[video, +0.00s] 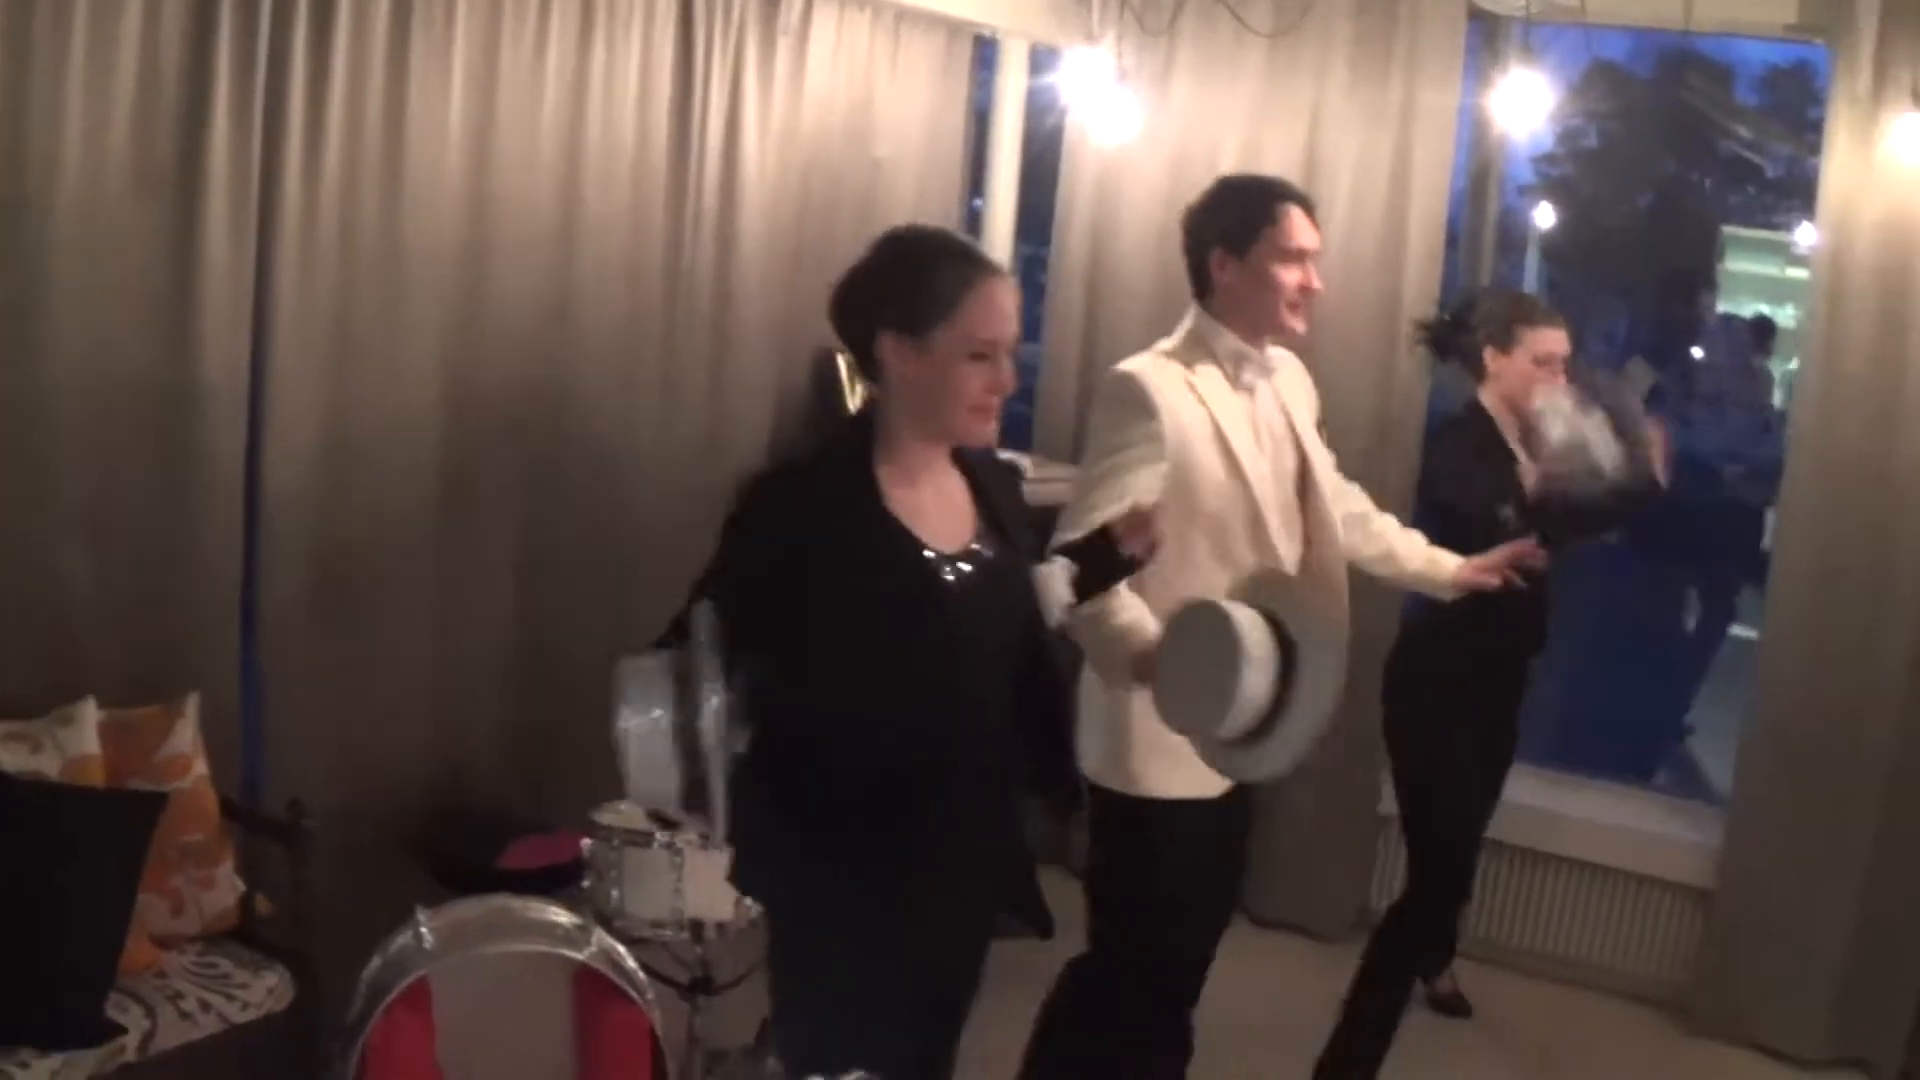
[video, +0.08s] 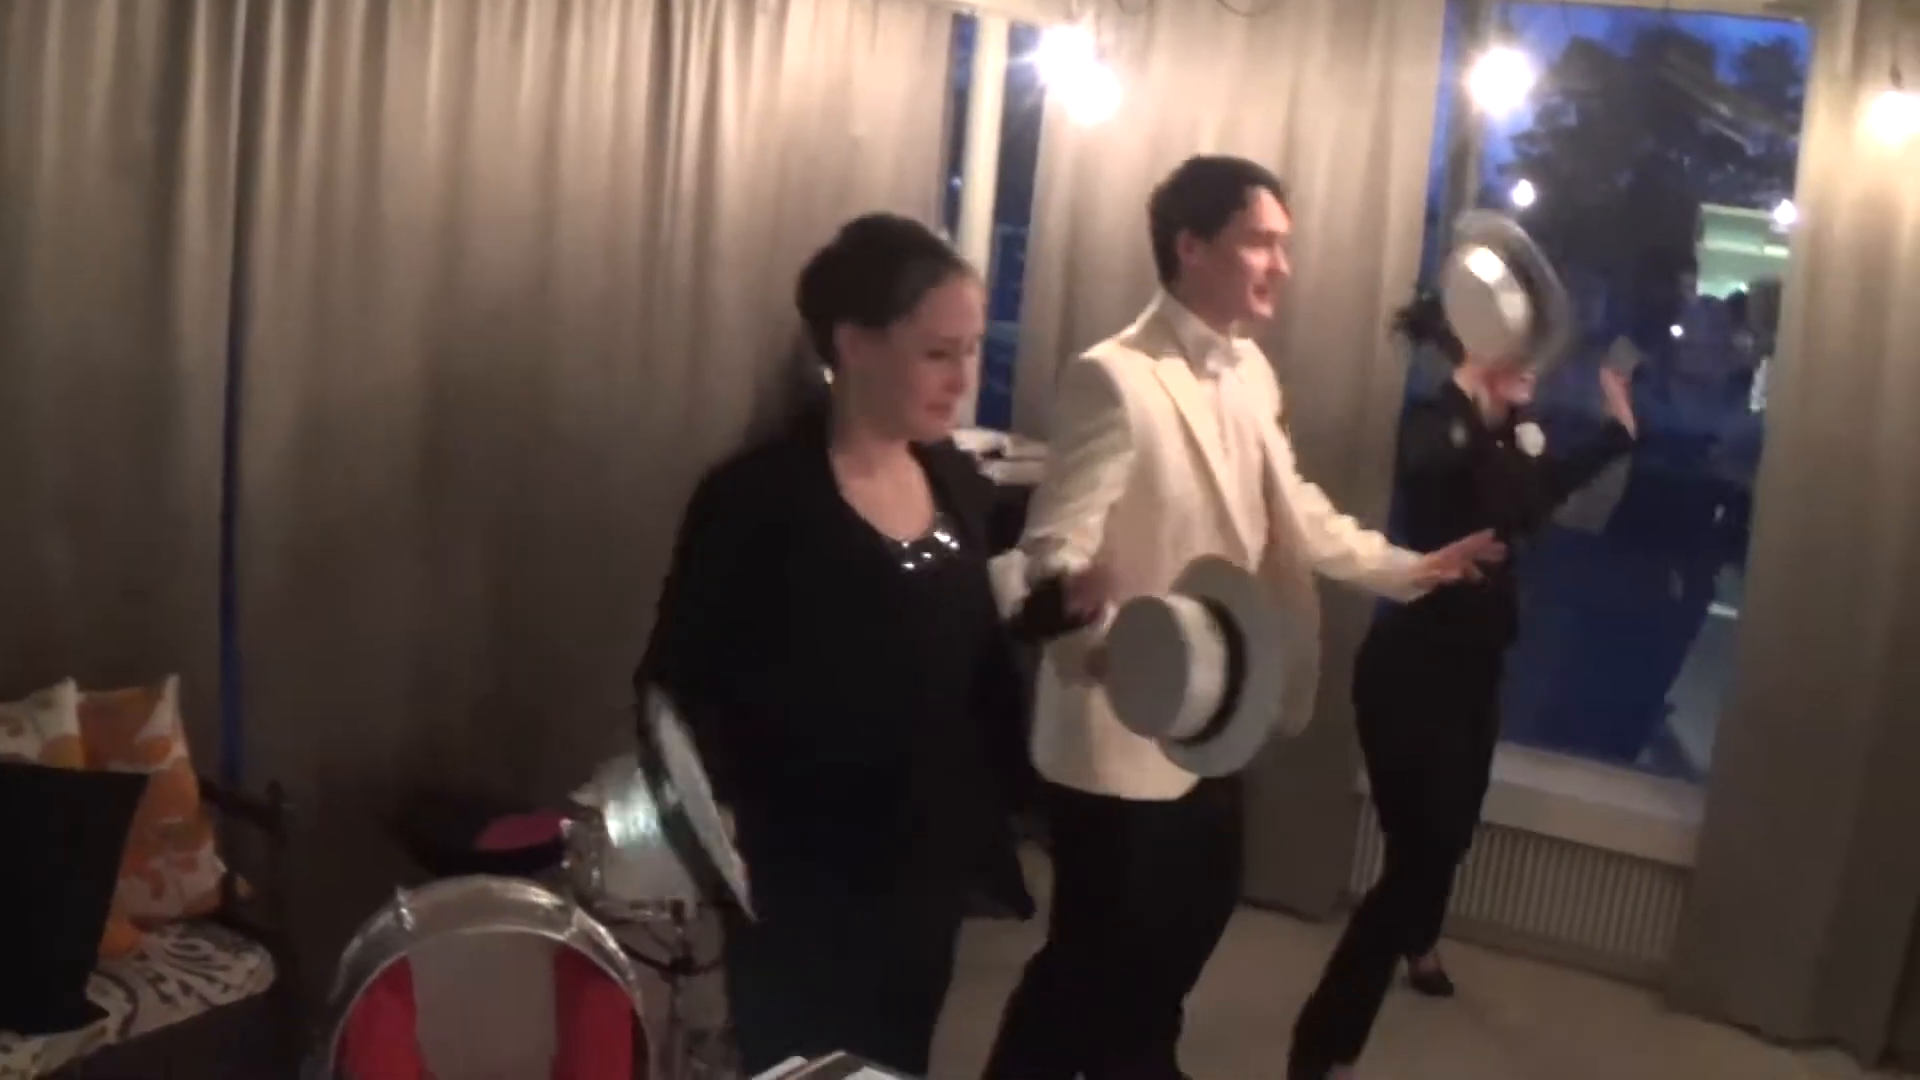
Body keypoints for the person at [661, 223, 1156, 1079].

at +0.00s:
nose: (1006, 381)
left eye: (1009, 357)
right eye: (980, 358)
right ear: (895, 354)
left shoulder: (991, 490)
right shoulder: (793, 506)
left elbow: (1001, 630)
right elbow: (694, 664)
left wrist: (1103, 558)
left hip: (959, 875)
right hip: (831, 882)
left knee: (922, 1064)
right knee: (829, 1065)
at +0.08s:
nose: (964, 378)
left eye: (972, 354)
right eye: (940, 354)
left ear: (979, 345)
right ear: (851, 346)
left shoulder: (955, 490)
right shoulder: (749, 499)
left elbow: (974, 669)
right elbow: (674, 689)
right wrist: (722, 848)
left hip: (923, 881)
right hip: (792, 884)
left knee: (897, 1069)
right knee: (789, 1071)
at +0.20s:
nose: (908, 371)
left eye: (922, 344)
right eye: (883, 341)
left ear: (934, 333)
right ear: (799, 316)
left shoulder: (884, 459)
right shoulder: (700, 477)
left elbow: (886, 645)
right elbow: (646, 684)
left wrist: (971, 651)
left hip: (853, 855)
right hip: (719, 866)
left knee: (918, 1060)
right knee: (727, 1071)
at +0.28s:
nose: (881, 351)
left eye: (904, 326)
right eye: (859, 317)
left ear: (921, 317)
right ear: (784, 285)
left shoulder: (859, 438)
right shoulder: (693, 436)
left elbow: (855, 617)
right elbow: (628, 640)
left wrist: (905, 667)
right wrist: (719, 667)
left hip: (823, 820)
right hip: (683, 826)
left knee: (925, 1051)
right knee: (697, 1064)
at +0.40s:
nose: (869, 328)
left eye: (895, 301)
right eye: (848, 291)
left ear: (913, 294)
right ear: (784, 268)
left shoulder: (847, 425)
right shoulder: (687, 401)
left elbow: (860, 627)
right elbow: (618, 605)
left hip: (795, 811)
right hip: (652, 808)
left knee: (861, 1050)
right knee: (646, 1064)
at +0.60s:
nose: (896, 284)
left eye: (910, 256)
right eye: (871, 257)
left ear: (922, 252)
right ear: (780, 254)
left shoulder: (895, 405)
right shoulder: (670, 391)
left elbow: (899, 627)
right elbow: (592, 591)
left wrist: (871, 789)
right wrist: (742, 534)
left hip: (792, 814)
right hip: (641, 807)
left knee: (786, 1052)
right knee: (636, 1060)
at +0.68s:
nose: (892, 305)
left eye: (903, 279)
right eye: (874, 274)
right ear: (779, 251)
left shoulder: (845, 417)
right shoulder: (660, 398)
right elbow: (582, 605)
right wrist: (743, 677)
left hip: (784, 819)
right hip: (643, 824)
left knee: (827, 1050)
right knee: (644, 1065)